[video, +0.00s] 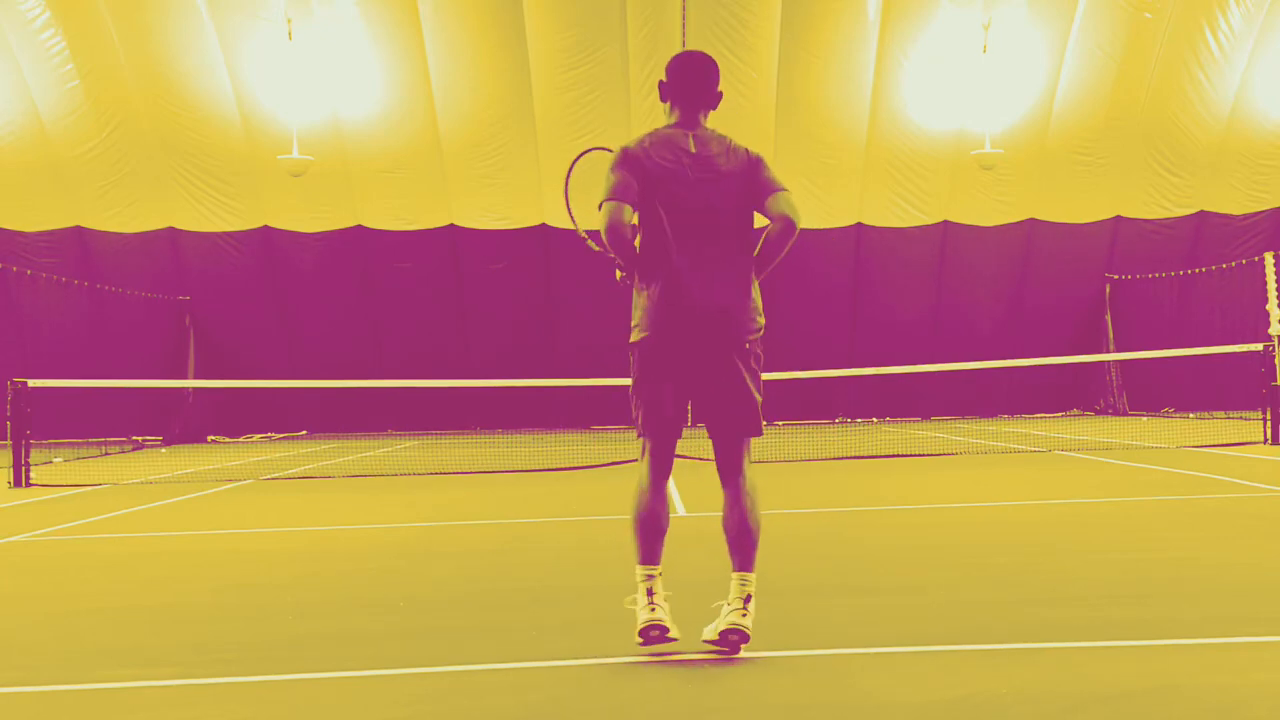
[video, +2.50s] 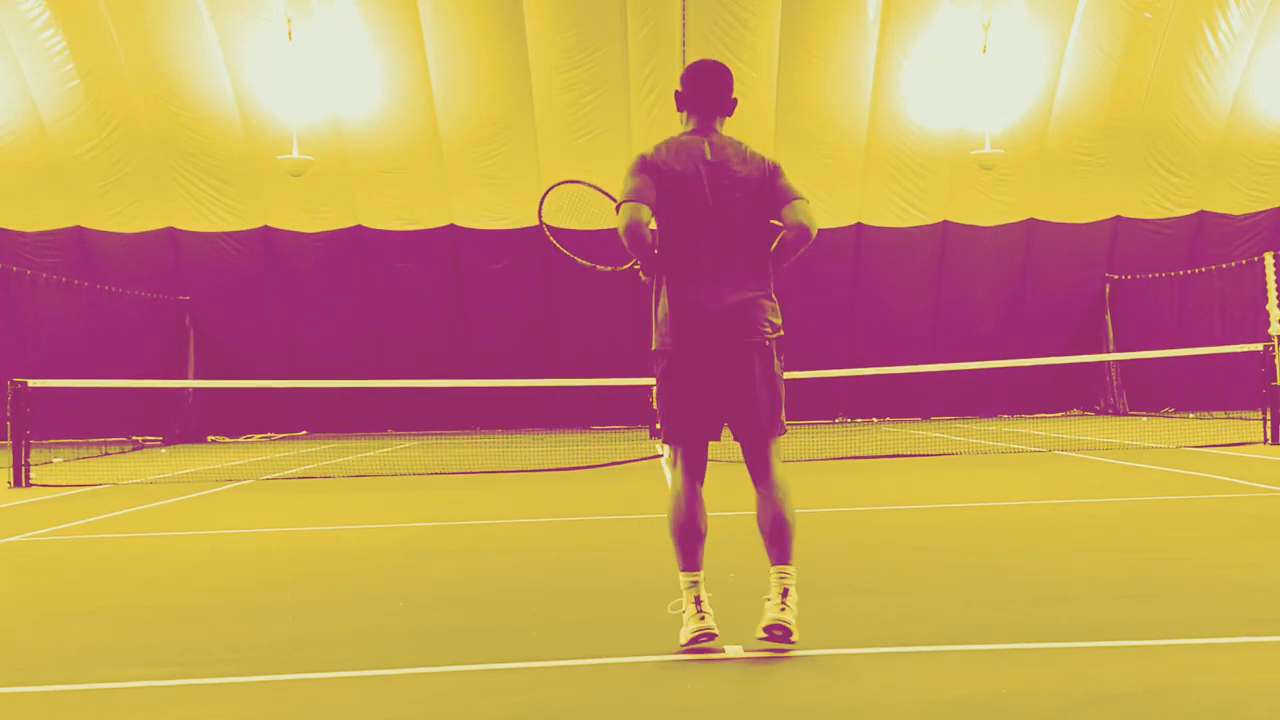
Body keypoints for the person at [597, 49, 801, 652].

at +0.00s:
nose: (682, 105)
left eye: (672, 92)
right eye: (706, 96)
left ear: (664, 94)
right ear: (718, 99)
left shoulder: (636, 155)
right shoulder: (743, 159)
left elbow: (613, 225)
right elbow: (788, 221)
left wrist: (640, 269)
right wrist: (751, 274)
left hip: (662, 326)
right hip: (732, 325)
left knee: (654, 466)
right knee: (736, 469)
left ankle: (650, 602)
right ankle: (739, 608)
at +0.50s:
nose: (707, 123)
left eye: (695, 111)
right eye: (727, 111)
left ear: (686, 112)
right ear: (742, 114)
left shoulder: (660, 171)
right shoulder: (770, 178)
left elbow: (631, 238)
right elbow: (814, 243)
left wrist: (662, 274)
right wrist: (769, 282)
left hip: (678, 347)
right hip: (751, 347)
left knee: (652, 487)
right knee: (751, 490)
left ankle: (629, 628)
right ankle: (764, 626)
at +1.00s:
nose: (710, 135)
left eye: (679, 126)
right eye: (722, 124)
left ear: (673, 125)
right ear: (729, 126)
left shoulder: (644, 189)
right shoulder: (756, 188)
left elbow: (618, 260)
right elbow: (809, 258)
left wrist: (646, 301)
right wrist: (770, 308)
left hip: (684, 366)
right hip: (759, 361)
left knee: (690, 503)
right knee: (791, 498)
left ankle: (709, 642)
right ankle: (835, 636)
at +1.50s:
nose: (712, 125)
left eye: (702, 114)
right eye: (739, 117)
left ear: (697, 115)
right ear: (751, 119)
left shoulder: (672, 174)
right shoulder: (775, 182)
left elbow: (655, 248)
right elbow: (826, 250)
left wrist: (665, 291)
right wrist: (784, 294)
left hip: (694, 350)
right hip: (761, 353)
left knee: (672, 491)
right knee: (751, 497)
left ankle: (668, 629)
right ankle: (763, 632)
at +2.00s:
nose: (694, 108)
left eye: (688, 97)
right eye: (720, 99)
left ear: (684, 100)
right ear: (738, 104)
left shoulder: (656, 163)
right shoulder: (764, 163)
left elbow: (635, 226)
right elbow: (810, 218)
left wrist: (647, 276)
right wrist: (784, 288)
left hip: (685, 340)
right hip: (755, 337)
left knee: (684, 479)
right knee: (764, 475)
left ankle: (693, 615)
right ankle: (781, 610)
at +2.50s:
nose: (694, 111)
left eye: (686, 99)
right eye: (720, 102)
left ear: (679, 103)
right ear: (734, 107)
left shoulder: (654, 162)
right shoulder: (761, 166)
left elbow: (634, 221)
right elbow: (802, 224)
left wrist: (648, 261)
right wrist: (764, 274)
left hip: (683, 337)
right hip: (751, 335)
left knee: (686, 474)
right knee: (766, 469)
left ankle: (695, 608)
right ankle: (782, 600)